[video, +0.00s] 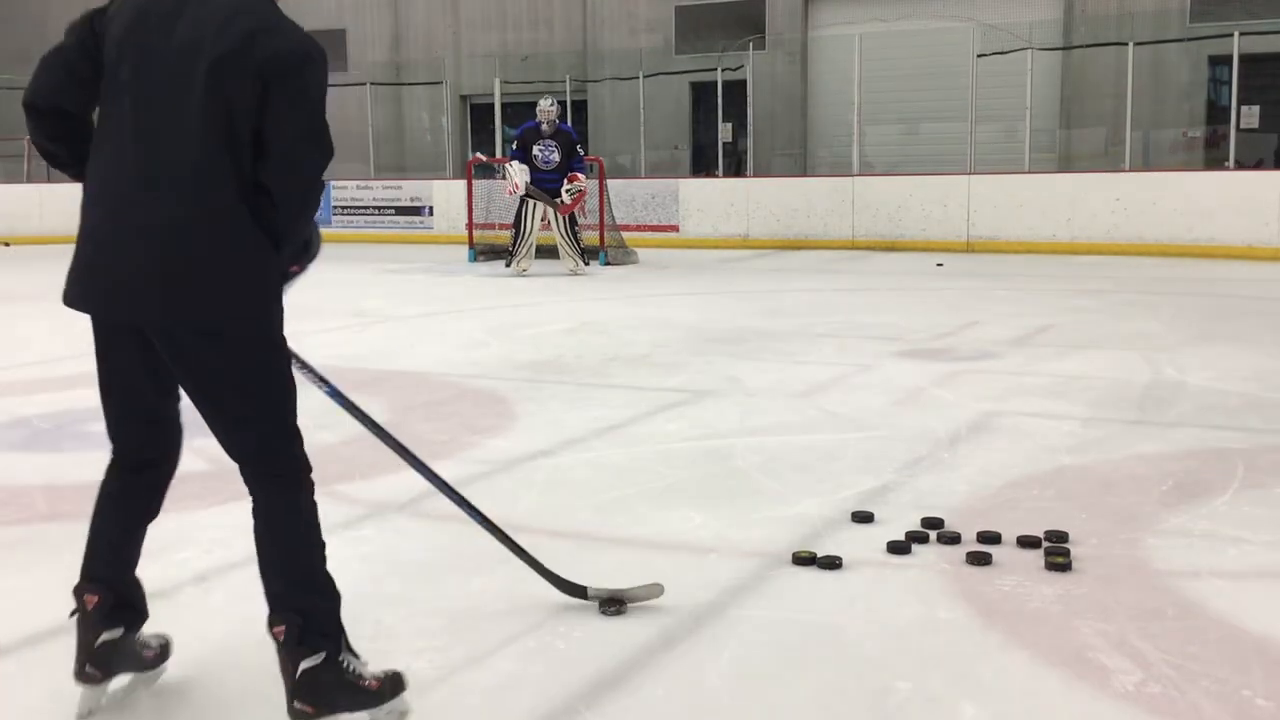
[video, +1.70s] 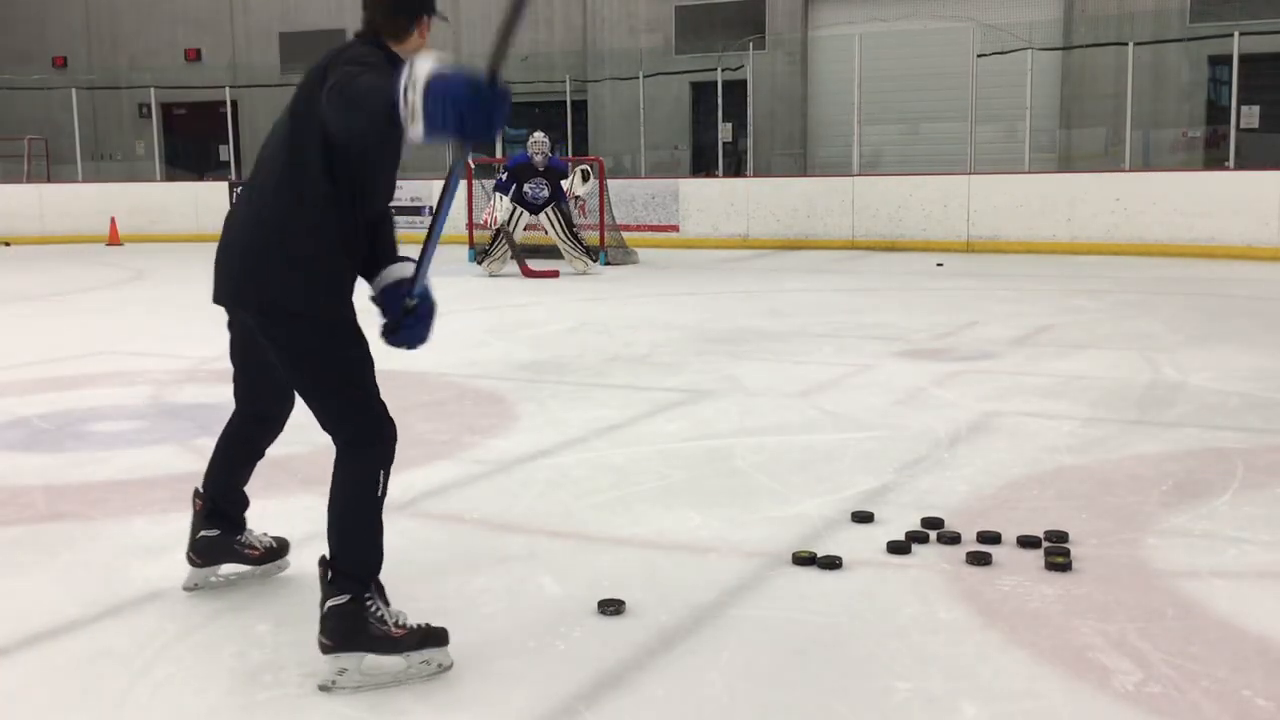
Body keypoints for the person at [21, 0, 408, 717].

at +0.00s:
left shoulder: (125, 14)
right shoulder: (286, 43)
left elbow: (46, 100)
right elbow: (293, 170)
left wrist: (114, 172)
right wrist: (292, 245)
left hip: (114, 280)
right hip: (218, 289)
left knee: (140, 453)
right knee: (278, 473)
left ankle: (100, 631)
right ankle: (314, 662)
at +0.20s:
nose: (313, 5)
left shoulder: (176, 34)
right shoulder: (281, 54)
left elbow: (88, 135)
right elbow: (297, 173)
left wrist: (112, 215)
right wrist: (308, 241)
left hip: (144, 276)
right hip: (218, 284)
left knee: (207, 423)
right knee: (295, 441)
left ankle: (168, 570)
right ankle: (331, 617)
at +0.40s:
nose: (327, 6)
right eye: (324, 0)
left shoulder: (218, 39)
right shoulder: (281, 54)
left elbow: (151, 151)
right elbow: (268, 178)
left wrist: (202, 224)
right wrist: (313, 250)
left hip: (193, 272)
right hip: (243, 277)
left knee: (256, 406)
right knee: (316, 420)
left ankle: (234, 542)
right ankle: (332, 597)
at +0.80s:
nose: (381, 7)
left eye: (378, 3)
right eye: (380, 3)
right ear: (368, 1)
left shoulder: (271, 33)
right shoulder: (345, 58)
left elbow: (205, 92)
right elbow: (331, 185)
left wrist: (241, 177)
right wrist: (401, 268)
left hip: (222, 260)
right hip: (281, 271)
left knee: (268, 406)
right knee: (330, 424)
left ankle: (244, 539)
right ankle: (309, 603)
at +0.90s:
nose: (396, 13)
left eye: (393, 5)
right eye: (397, 5)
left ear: (335, 1)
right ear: (384, 6)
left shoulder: (281, 52)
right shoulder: (350, 71)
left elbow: (234, 155)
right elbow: (332, 195)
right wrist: (395, 283)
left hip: (232, 276)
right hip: (290, 284)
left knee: (275, 410)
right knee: (345, 432)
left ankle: (243, 535)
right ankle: (347, 606)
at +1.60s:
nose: (408, 16)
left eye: (405, 8)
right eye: (408, 8)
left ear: (349, 2)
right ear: (394, 6)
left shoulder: (316, 56)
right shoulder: (353, 58)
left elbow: (291, 195)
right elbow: (337, 154)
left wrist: (351, 274)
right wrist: (402, 205)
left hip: (261, 280)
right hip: (312, 284)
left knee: (274, 409)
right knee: (366, 433)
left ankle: (232, 532)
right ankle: (367, 604)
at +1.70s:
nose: (428, 37)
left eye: (426, 26)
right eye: (429, 26)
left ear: (372, 19)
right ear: (419, 26)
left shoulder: (344, 71)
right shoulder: (367, 66)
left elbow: (364, 199)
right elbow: (358, 98)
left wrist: (394, 278)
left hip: (250, 271)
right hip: (299, 282)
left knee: (261, 408)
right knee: (366, 433)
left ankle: (215, 529)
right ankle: (352, 604)